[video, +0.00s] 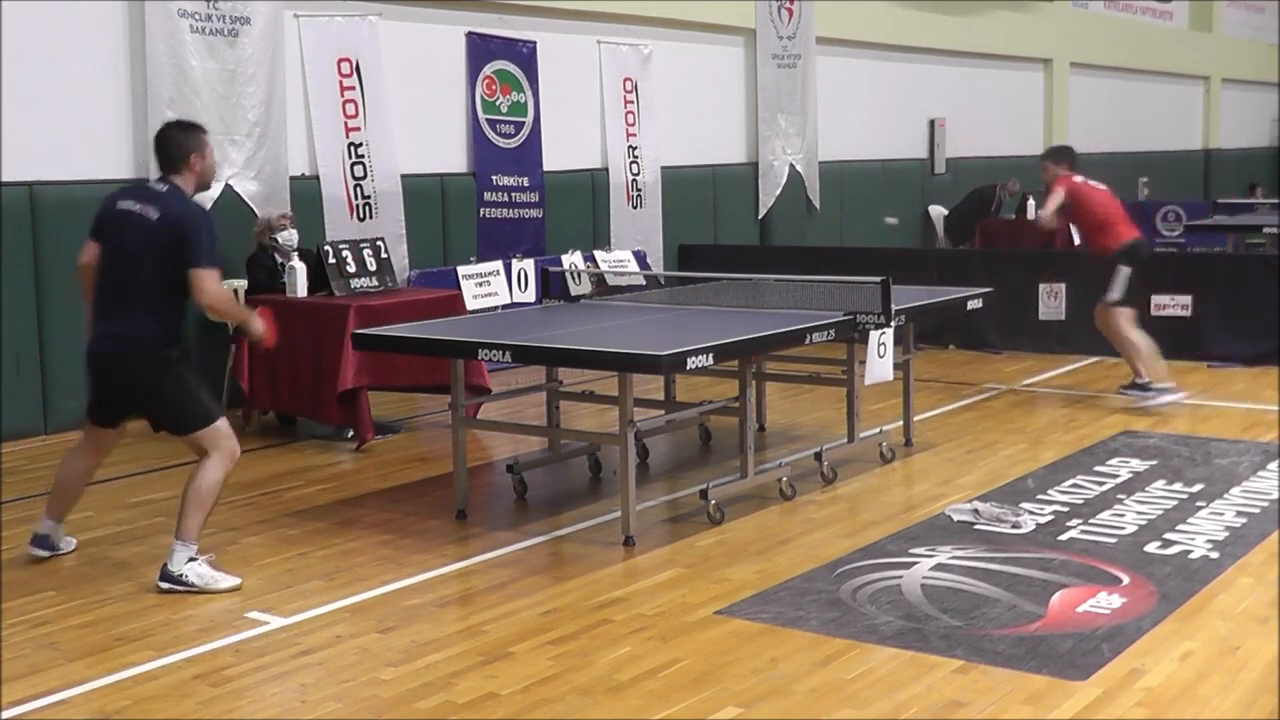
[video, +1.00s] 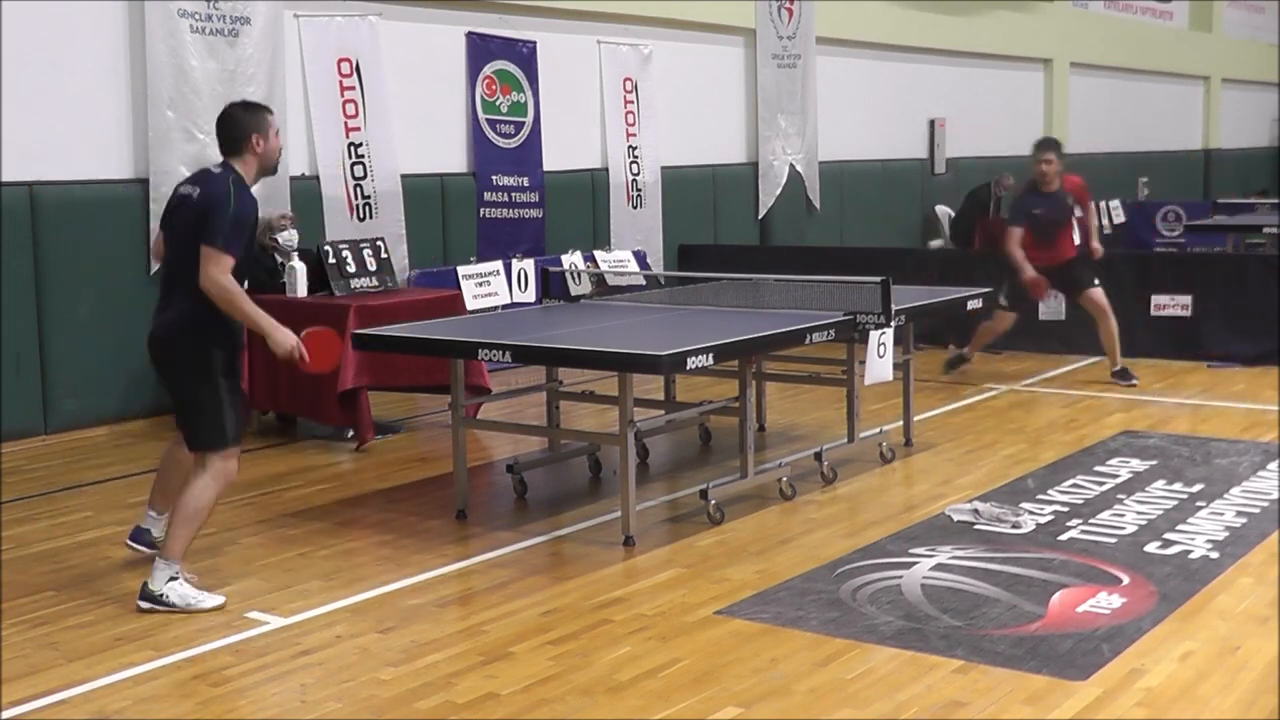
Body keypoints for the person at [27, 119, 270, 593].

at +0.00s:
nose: (213, 162)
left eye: (209, 154)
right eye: (209, 155)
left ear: (165, 160)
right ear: (196, 161)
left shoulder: (122, 199)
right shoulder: (193, 217)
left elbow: (88, 261)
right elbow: (207, 293)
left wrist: (97, 323)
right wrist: (248, 318)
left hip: (106, 353)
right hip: (154, 359)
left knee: (94, 442)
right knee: (222, 449)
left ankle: (47, 533)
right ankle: (182, 560)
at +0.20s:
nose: (276, 154)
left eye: (274, 145)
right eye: (273, 146)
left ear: (226, 148)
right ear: (259, 149)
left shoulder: (187, 188)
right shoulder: (252, 203)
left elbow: (200, 249)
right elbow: (267, 287)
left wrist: (262, 228)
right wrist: (310, 312)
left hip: (156, 334)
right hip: (203, 341)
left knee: (177, 429)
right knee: (285, 431)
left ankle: (144, 535)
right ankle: (270, 549)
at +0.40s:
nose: (347, 215)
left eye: (347, 207)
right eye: (345, 208)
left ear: (296, 208)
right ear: (332, 214)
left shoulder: (257, 236)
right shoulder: (323, 270)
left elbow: (232, 302)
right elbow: (337, 352)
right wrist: (377, 348)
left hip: (203, 385)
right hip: (249, 390)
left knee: (232, 464)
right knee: (358, 447)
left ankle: (163, 549)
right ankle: (357, 565)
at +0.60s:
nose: (345, 192)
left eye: (344, 183)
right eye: (340, 183)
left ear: (295, 186)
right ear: (320, 189)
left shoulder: (245, 210)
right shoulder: (301, 237)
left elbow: (270, 272)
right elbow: (355, 297)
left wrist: (321, 255)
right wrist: (415, 277)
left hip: (204, 362)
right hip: (243, 366)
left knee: (223, 455)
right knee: (330, 444)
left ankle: (153, 542)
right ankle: (360, 563)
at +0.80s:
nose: (300, 143)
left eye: (298, 133)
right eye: (296, 133)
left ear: (254, 134)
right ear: (275, 136)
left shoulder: (211, 167)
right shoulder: (239, 180)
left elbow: (210, 246)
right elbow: (247, 257)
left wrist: (270, 233)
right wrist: (313, 245)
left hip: (188, 325)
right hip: (222, 328)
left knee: (191, 434)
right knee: (264, 439)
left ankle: (146, 535)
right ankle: (240, 564)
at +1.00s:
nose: (280, 143)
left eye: (277, 135)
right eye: (275, 135)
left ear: (235, 143)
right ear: (257, 143)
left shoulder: (195, 185)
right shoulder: (234, 196)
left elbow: (161, 250)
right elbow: (213, 277)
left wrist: (248, 239)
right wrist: (271, 328)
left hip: (175, 338)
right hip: (202, 344)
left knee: (193, 439)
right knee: (221, 463)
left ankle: (152, 526)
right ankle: (165, 578)